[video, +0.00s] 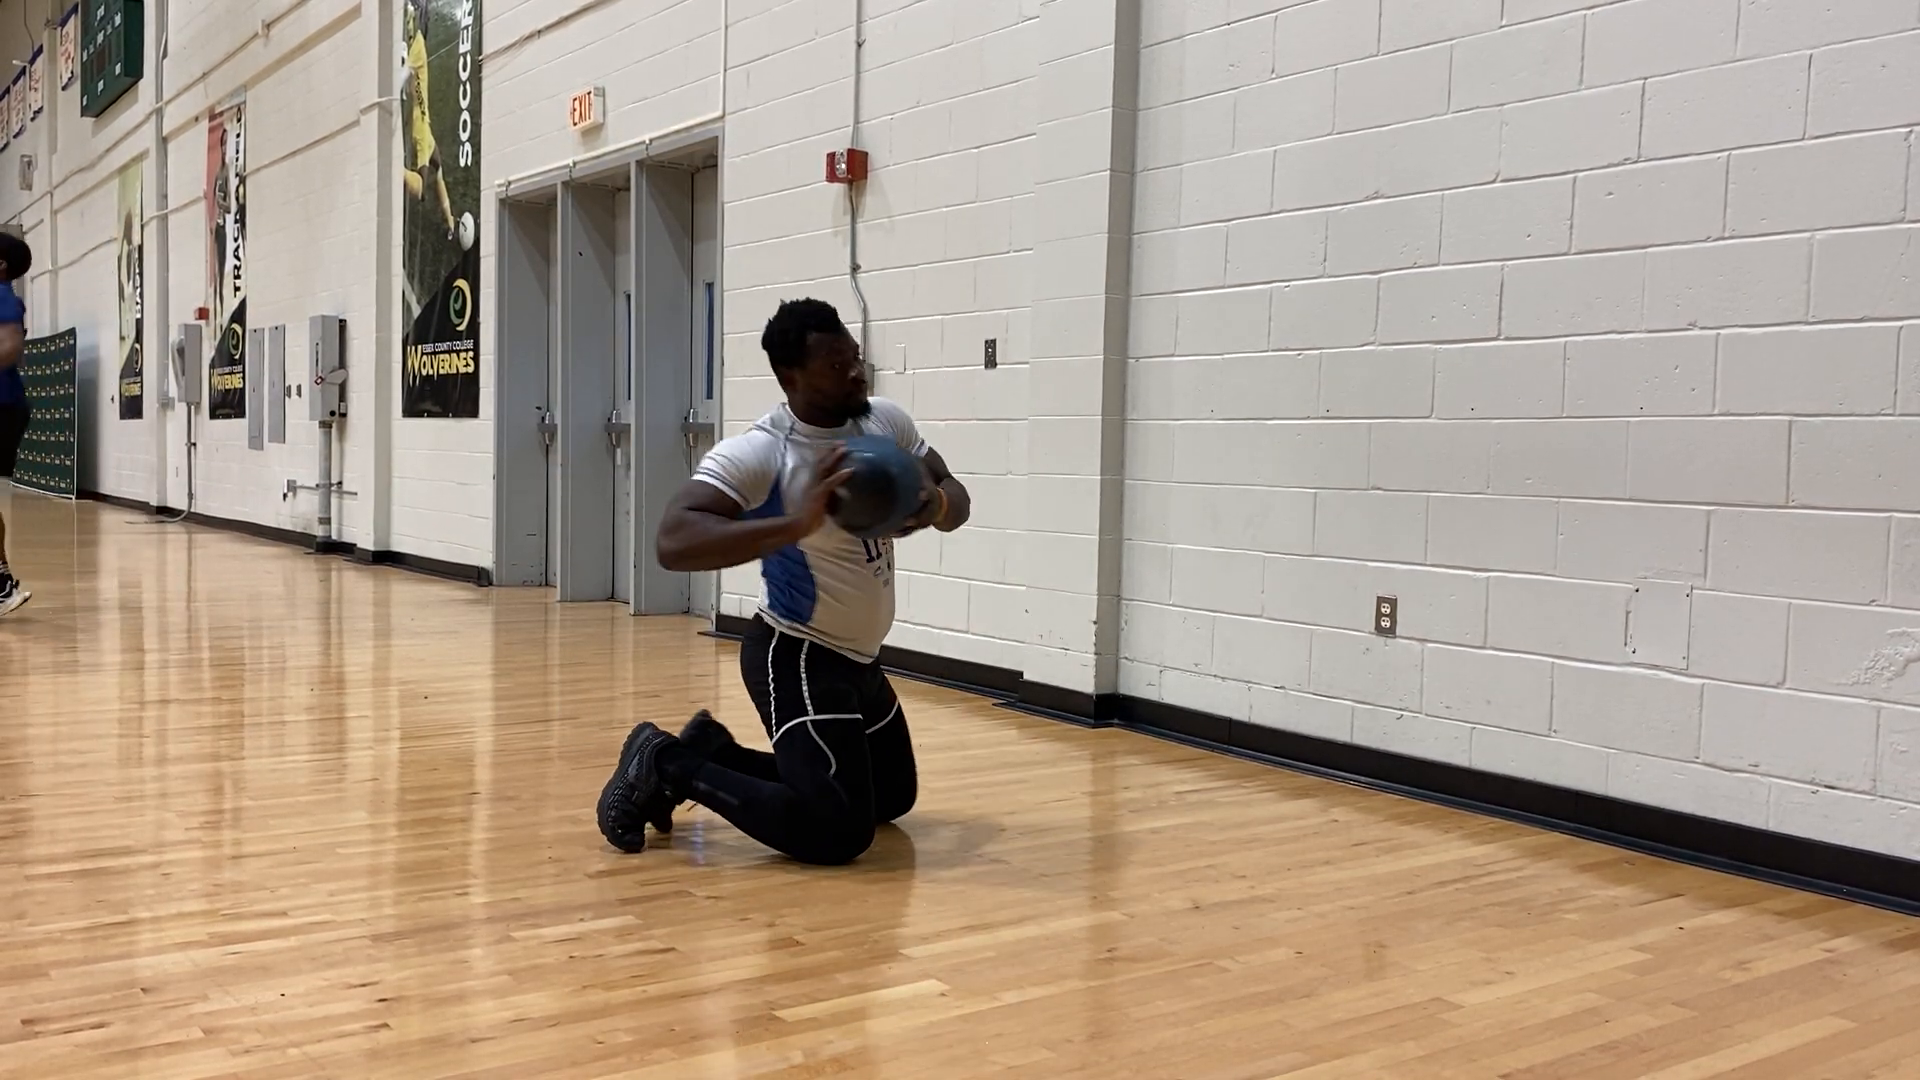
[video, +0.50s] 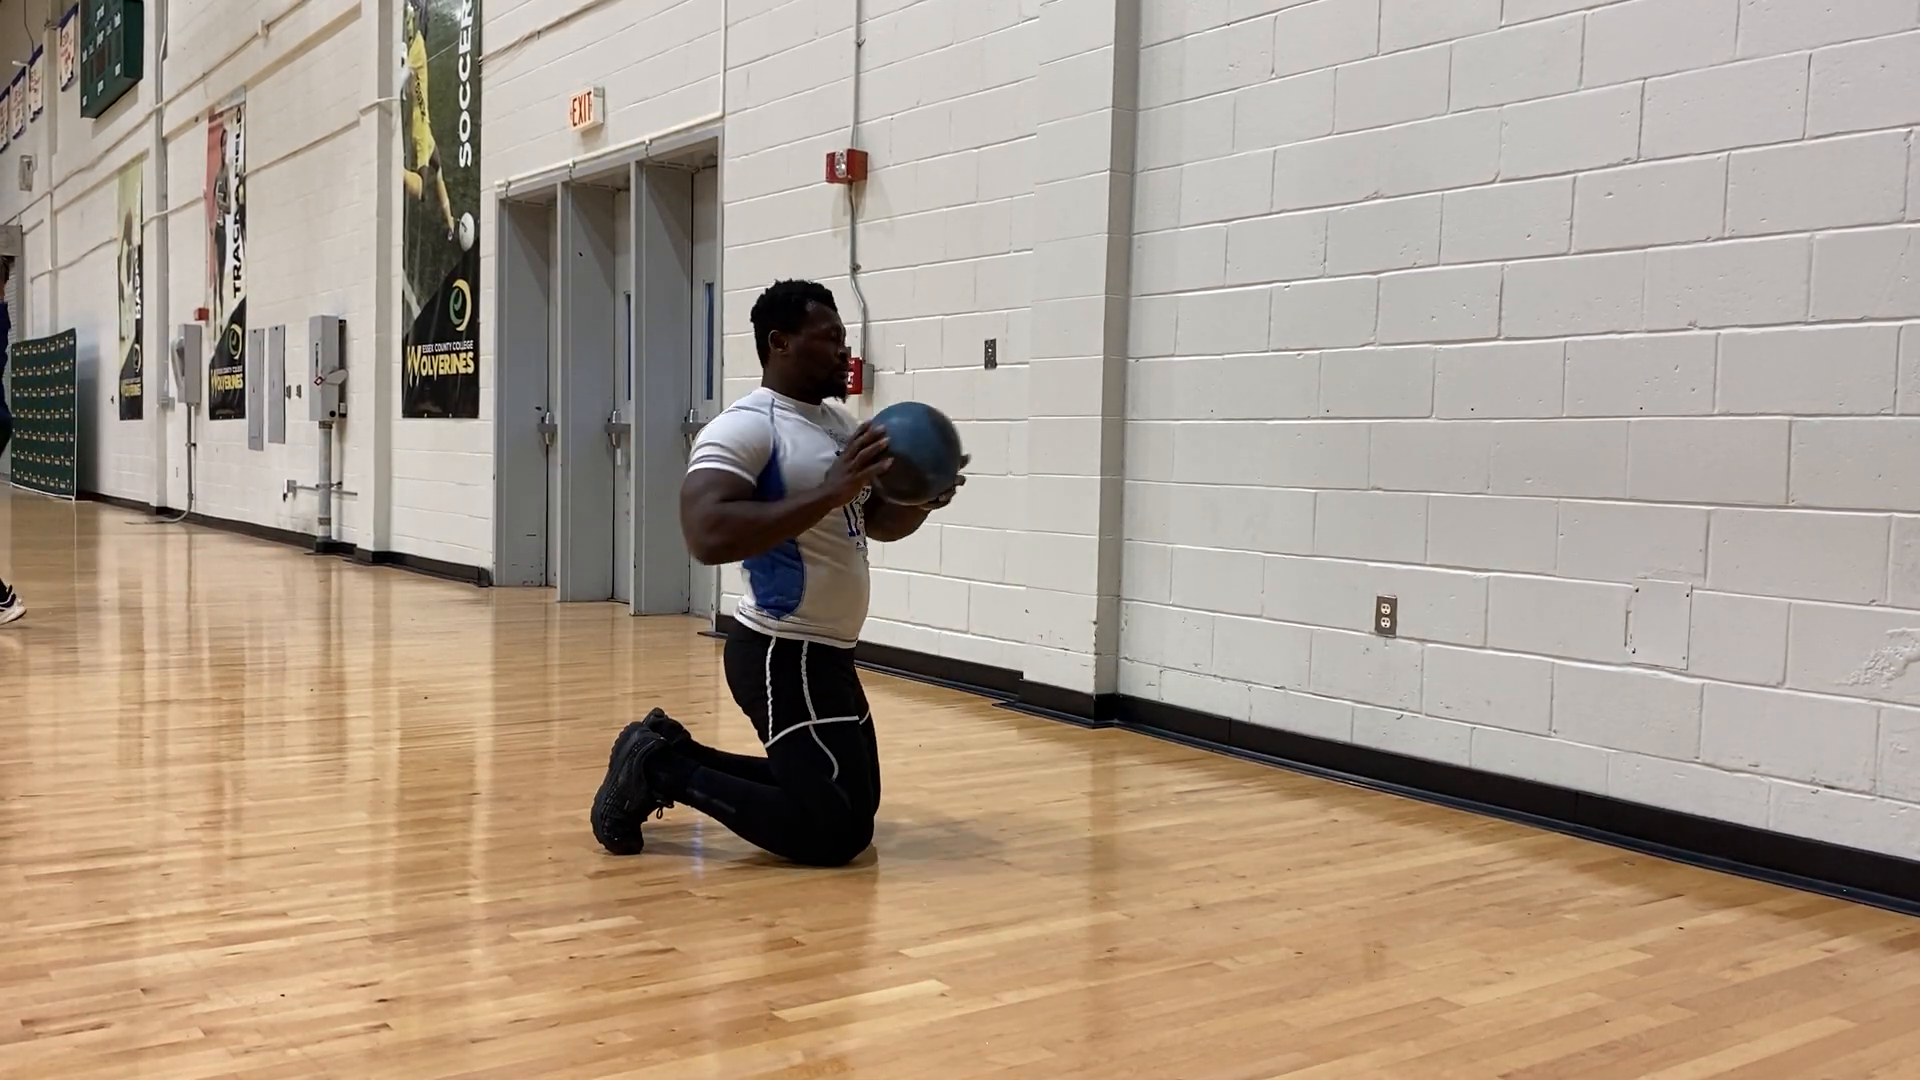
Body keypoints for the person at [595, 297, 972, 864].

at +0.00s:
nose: (857, 367)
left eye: (855, 353)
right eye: (837, 361)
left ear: (859, 347)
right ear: (790, 379)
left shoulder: (886, 423)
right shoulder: (762, 450)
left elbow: (954, 500)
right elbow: (674, 542)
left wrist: (934, 504)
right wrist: (793, 526)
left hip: (855, 657)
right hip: (796, 654)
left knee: (889, 793)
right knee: (837, 831)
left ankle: (717, 755)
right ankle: (667, 765)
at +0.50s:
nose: (844, 346)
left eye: (842, 334)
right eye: (828, 335)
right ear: (778, 345)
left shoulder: (839, 423)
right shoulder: (742, 425)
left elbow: (880, 522)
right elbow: (708, 534)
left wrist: (919, 494)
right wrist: (828, 494)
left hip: (825, 648)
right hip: (783, 649)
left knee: (848, 804)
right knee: (834, 832)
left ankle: (679, 755)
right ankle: (662, 769)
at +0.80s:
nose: (876, 368)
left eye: (872, 354)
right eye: (863, 355)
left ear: (821, 364)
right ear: (818, 362)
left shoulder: (825, 435)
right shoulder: (790, 417)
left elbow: (826, 556)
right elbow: (815, 499)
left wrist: (903, 533)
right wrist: (884, 487)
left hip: (807, 649)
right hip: (775, 649)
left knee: (854, 794)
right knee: (830, 830)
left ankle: (681, 756)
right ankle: (658, 768)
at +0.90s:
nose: (885, 374)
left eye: (881, 360)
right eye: (873, 360)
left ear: (834, 366)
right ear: (831, 365)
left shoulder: (826, 432)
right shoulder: (795, 415)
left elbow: (824, 561)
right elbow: (821, 492)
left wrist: (903, 536)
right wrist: (885, 489)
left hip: (808, 649)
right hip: (774, 648)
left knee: (859, 795)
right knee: (825, 828)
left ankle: (683, 755)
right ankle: (648, 766)